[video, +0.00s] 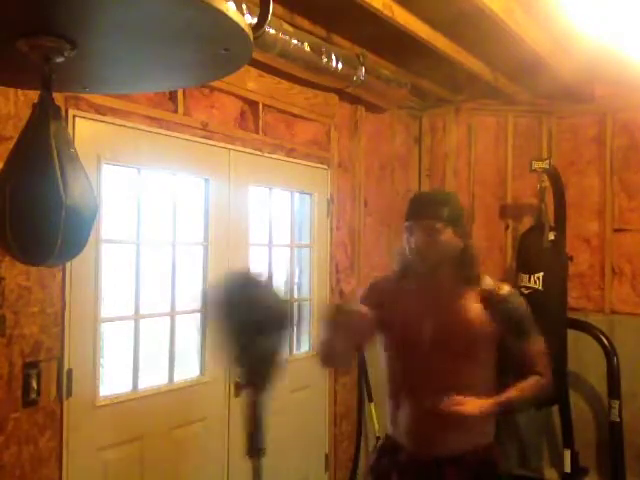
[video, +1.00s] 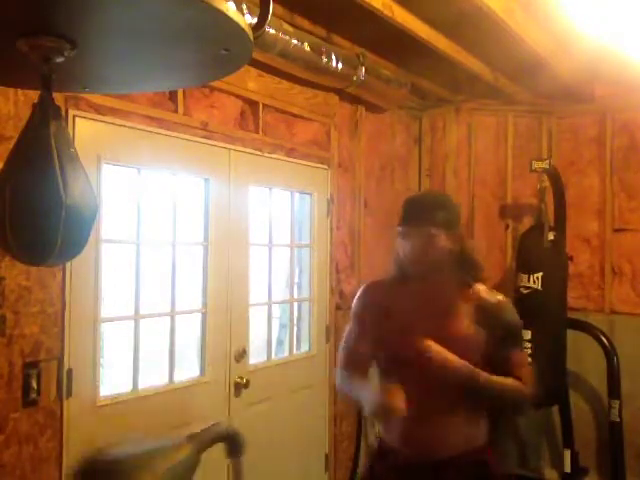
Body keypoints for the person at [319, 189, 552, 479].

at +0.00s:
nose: (417, 243)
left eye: (431, 231)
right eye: (410, 231)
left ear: (459, 237)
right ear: (403, 237)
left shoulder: (497, 301)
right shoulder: (386, 294)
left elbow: (541, 379)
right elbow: (334, 359)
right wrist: (340, 331)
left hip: (470, 459)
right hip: (404, 458)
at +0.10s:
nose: (423, 243)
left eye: (437, 233)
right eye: (415, 233)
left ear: (461, 239)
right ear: (407, 238)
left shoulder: (492, 304)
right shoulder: (387, 290)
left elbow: (531, 380)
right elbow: (338, 333)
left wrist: (497, 397)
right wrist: (337, 312)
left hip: (468, 459)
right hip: (401, 458)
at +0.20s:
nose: (419, 247)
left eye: (433, 236)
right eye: (412, 236)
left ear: (458, 242)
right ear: (404, 240)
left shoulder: (489, 309)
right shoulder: (377, 294)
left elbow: (522, 391)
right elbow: (335, 361)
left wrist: (472, 384)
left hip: (463, 461)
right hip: (394, 460)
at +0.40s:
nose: (394, 245)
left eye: (407, 233)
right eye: (389, 234)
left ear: (436, 235)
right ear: (384, 238)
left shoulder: (464, 291)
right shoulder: (382, 299)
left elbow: (410, 331)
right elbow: (376, 365)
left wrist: (318, 331)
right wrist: (366, 401)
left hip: (460, 459)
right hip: (400, 454)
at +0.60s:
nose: (389, 251)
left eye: (402, 238)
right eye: (386, 240)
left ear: (430, 241)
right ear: (381, 243)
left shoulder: (458, 297)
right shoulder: (395, 305)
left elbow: (477, 379)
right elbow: (414, 384)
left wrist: (381, 393)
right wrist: (367, 394)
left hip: (469, 463)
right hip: (415, 458)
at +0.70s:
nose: (402, 250)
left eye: (416, 237)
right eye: (398, 238)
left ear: (443, 240)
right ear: (392, 241)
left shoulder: (483, 299)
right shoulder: (387, 304)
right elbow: (376, 378)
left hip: (472, 463)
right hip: (407, 460)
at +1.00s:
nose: (417, 248)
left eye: (429, 237)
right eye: (407, 236)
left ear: (453, 240)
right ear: (398, 240)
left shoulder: (490, 306)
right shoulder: (375, 298)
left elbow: (524, 391)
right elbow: (347, 373)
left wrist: (458, 369)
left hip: (465, 462)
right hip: (396, 463)